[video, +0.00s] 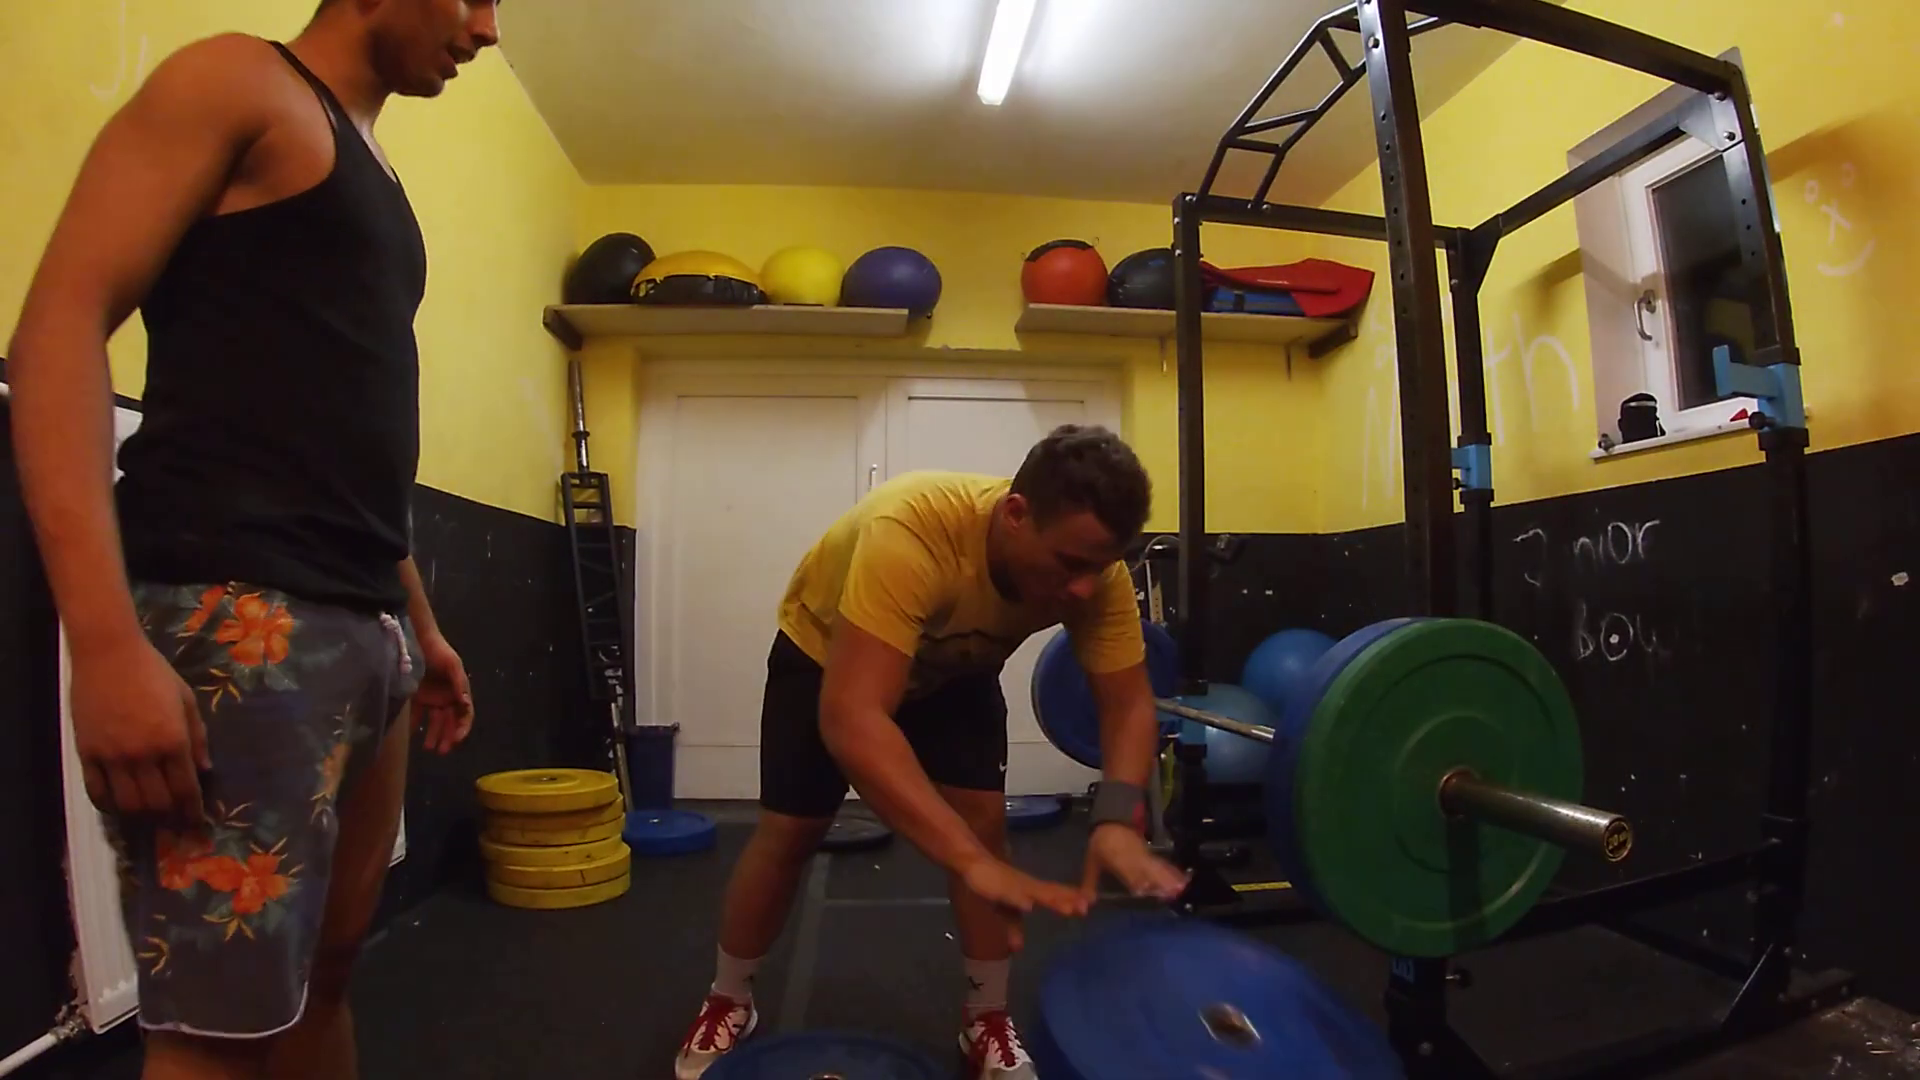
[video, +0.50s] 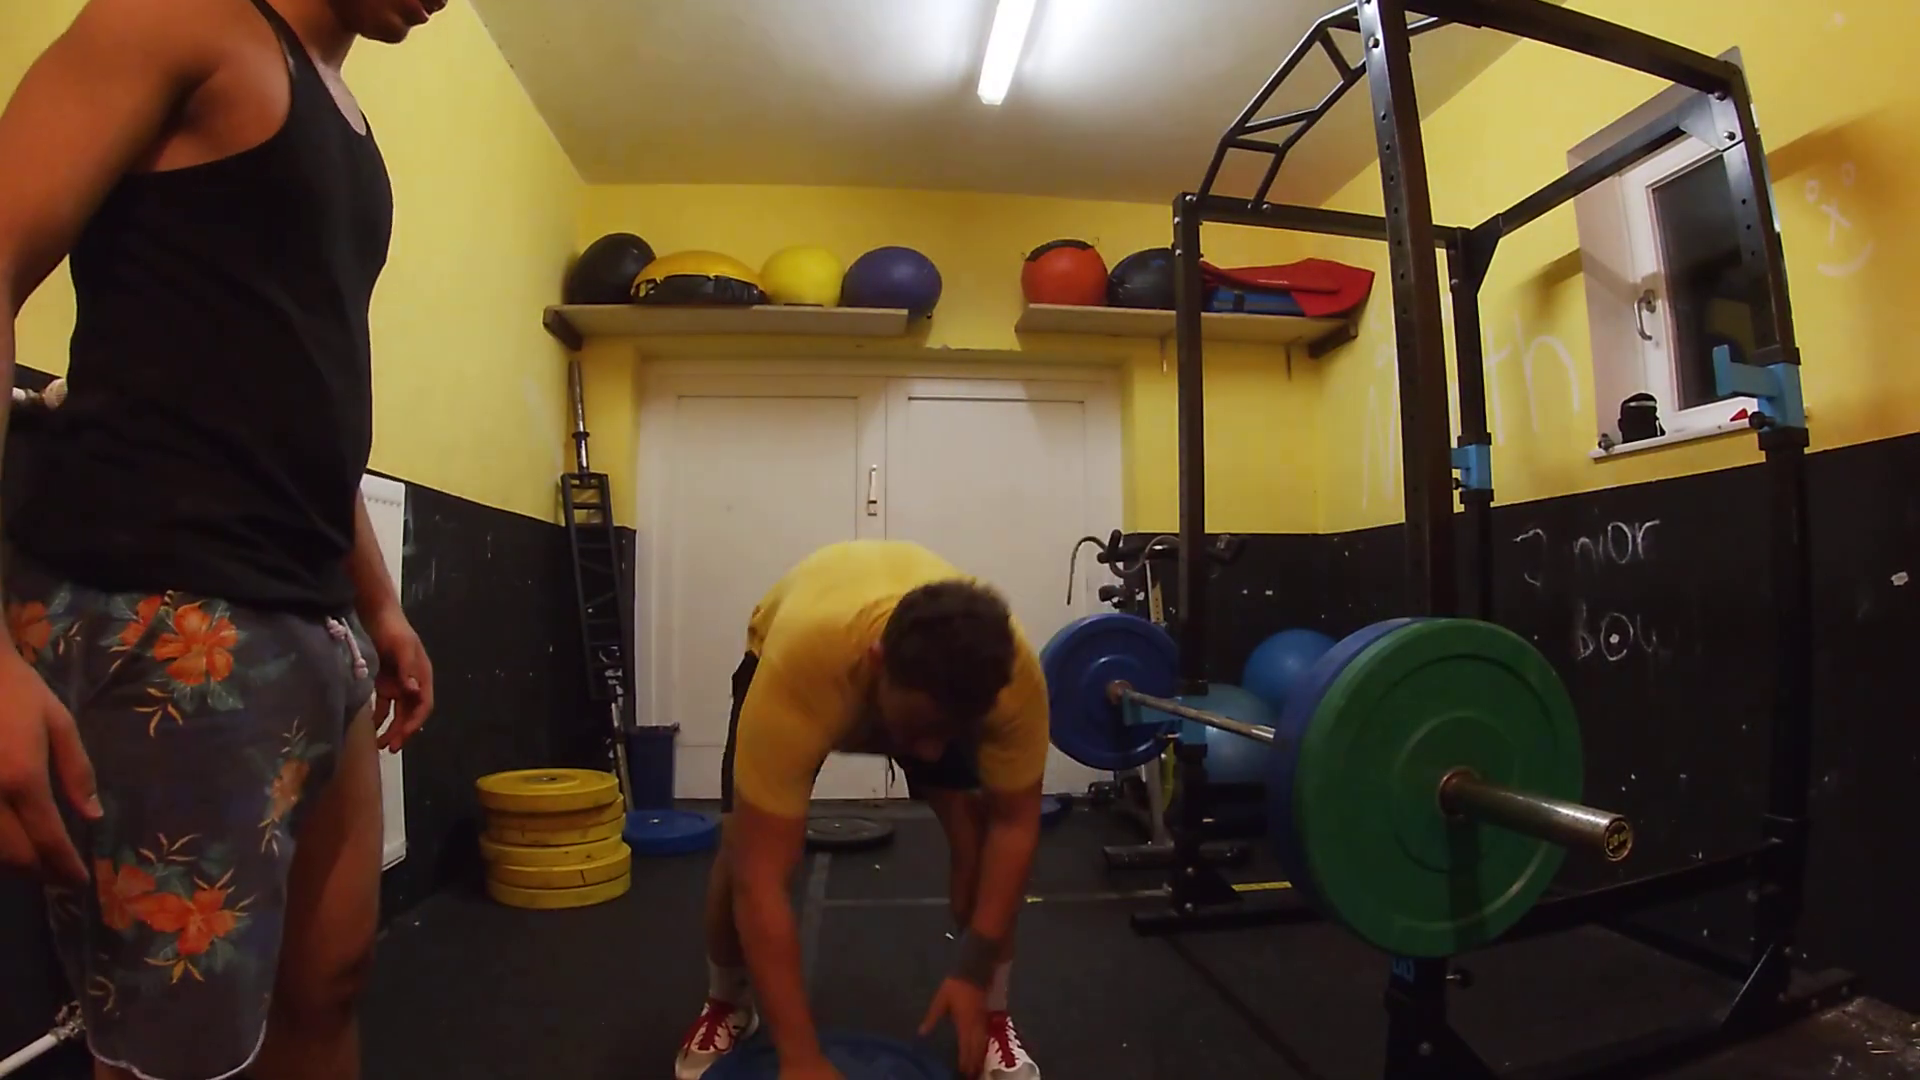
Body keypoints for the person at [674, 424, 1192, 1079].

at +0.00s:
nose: (1085, 588)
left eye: (1101, 568)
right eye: (1070, 564)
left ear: (1118, 548)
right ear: (1014, 515)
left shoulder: (1099, 573)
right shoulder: (906, 536)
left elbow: (1128, 703)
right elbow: (850, 719)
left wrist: (1117, 820)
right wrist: (969, 860)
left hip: (956, 669)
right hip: (829, 652)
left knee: (982, 826)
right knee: (791, 829)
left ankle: (989, 1023)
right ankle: (726, 1005)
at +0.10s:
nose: (1060, 604)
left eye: (1079, 587)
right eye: (1047, 579)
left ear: (1100, 565)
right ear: (1000, 520)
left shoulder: (1087, 575)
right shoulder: (892, 542)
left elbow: (1095, 713)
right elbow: (842, 731)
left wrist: (1074, 836)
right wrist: (963, 885)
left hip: (952, 666)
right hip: (826, 643)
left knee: (979, 821)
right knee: (784, 826)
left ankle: (987, 1018)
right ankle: (728, 1003)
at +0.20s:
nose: (1032, 623)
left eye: (1053, 605)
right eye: (1019, 597)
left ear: (1079, 581)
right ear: (977, 534)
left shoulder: (1071, 584)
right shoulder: (871, 545)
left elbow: (1066, 722)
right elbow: (809, 741)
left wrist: (1027, 856)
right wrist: (905, 903)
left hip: (947, 671)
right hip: (823, 654)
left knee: (976, 827)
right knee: (774, 828)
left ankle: (988, 1019)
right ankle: (727, 1002)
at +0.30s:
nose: (1002, 650)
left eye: (1022, 634)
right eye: (986, 626)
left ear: (1054, 606)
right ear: (946, 563)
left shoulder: (1052, 611)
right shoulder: (850, 564)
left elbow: (1044, 740)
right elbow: (778, 767)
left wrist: (998, 879)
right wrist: (842, 933)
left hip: (942, 677)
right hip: (820, 666)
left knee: (977, 826)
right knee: (769, 828)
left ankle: (989, 1018)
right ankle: (727, 1004)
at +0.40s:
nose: (966, 698)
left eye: (984, 682)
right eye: (951, 675)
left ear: (1018, 651)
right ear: (911, 611)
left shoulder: (1032, 645)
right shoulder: (823, 611)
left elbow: (1028, 773)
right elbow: (761, 822)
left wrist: (980, 914)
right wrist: (809, 992)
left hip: (928, 686)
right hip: (807, 664)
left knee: (977, 822)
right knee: (761, 830)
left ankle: (988, 1021)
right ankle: (726, 1004)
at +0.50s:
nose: (931, 752)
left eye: (949, 733)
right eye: (916, 727)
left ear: (985, 697)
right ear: (877, 665)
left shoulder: (1017, 682)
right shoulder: (802, 661)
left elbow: (1015, 822)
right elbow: (758, 878)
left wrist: (973, 975)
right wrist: (801, 1060)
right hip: (786, 654)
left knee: (983, 831)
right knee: (745, 848)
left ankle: (991, 1017)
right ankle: (726, 1007)